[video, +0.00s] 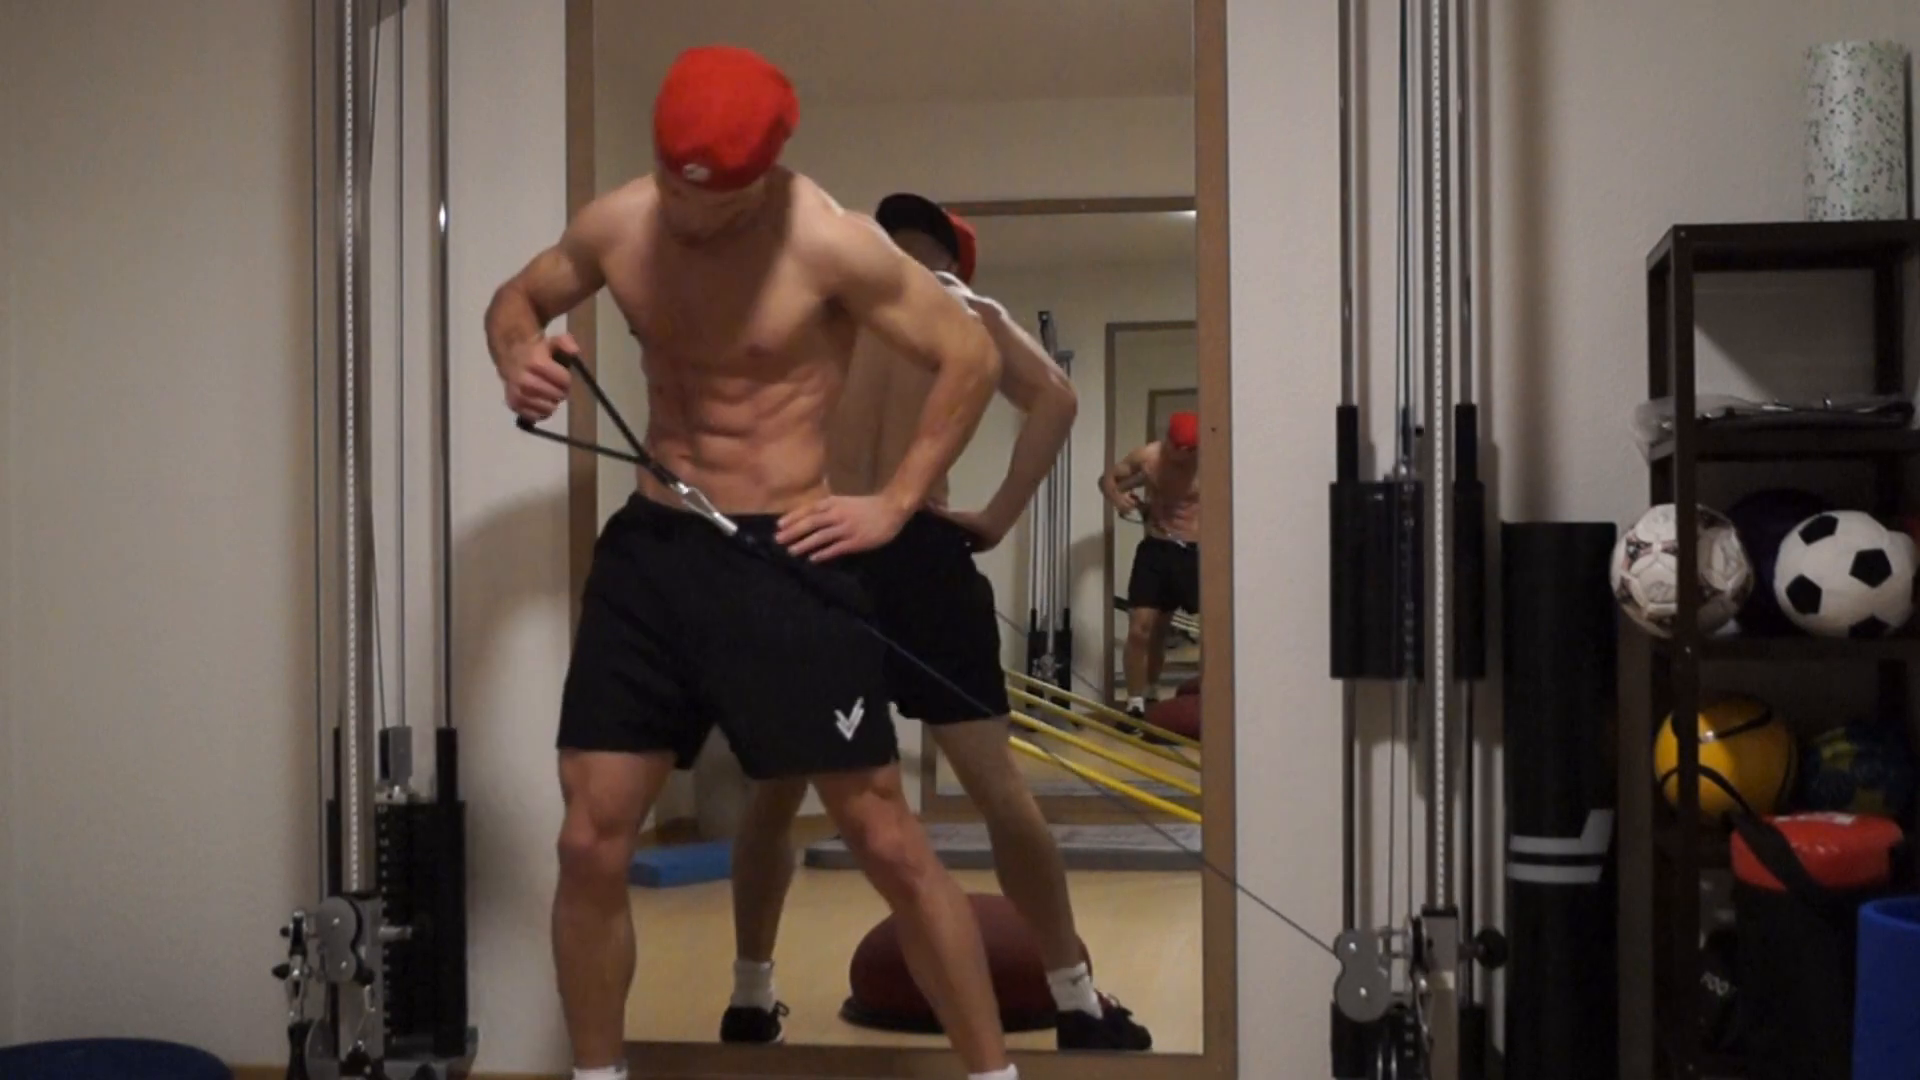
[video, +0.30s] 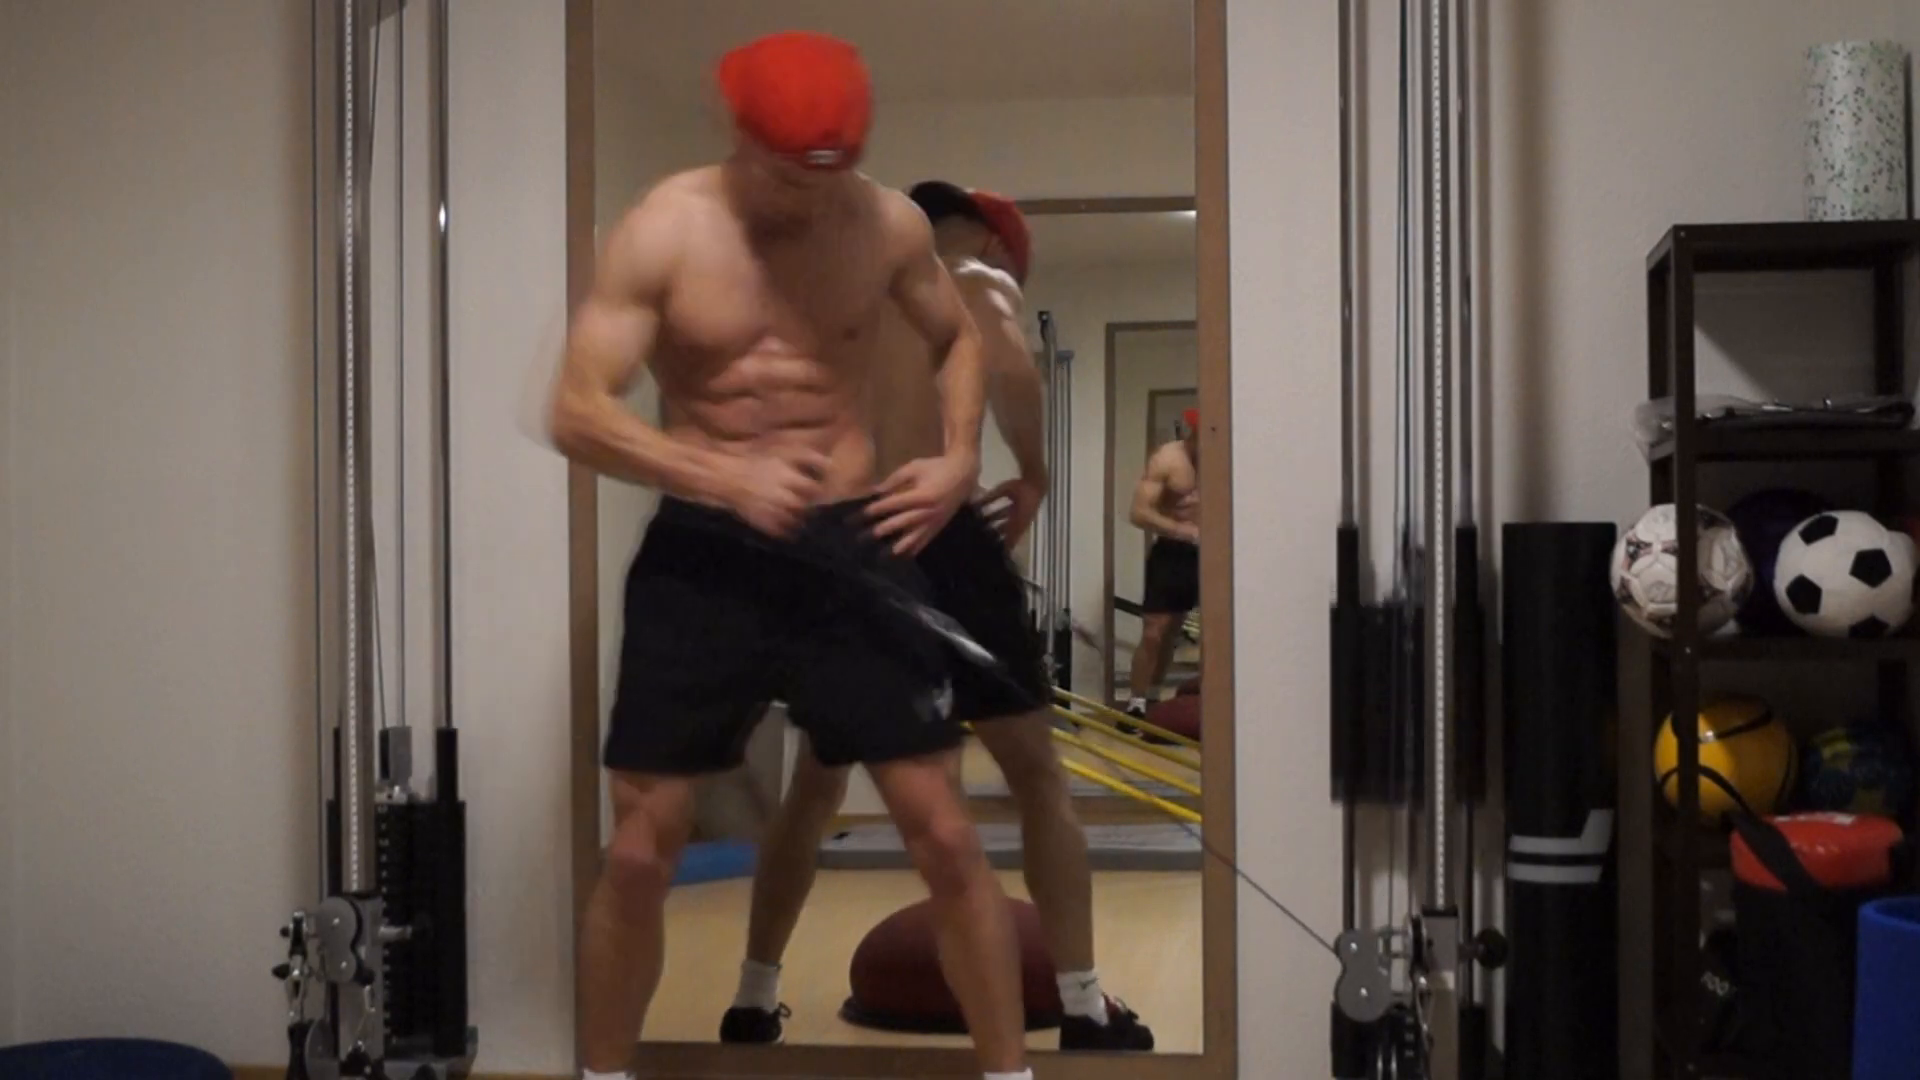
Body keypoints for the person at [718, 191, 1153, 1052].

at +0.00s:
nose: (950, 278)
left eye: (934, 265)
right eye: (956, 266)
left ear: (865, 242)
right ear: (954, 260)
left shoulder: (811, 298)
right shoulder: (970, 312)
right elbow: (1052, 394)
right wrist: (997, 517)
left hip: (802, 569)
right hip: (921, 561)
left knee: (773, 797)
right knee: (1001, 791)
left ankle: (751, 995)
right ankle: (1078, 1000)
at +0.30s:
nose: (1000, 282)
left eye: (1000, 272)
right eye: (999, 268)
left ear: (907, 237)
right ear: (982, 249)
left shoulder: (848, 290)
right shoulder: (985, 280)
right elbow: (1005, 359)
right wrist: (1035, 474)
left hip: (844, 547)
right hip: (954, 540)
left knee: (814, 790)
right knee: (1038, 775)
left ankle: (755, 996)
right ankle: (1082, 1004)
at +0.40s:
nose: (1033, 299)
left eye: (1040, 287)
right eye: (1038, 279)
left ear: (968, 236)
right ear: (1010, 246)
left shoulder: (887, 281)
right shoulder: (982, 281)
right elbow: (967, 415)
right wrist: (1005, 513)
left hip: (865, 537)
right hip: (954, 540)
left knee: (829, 792)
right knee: (1051, 780)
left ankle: (758, 996)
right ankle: (1083, 1005)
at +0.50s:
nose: (1077, 302)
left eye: (1086, 288)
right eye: (1082, 280)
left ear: (1044, 252)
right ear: (1044, 245)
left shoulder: (998, 331)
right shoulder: (972, 282)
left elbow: (972, 489)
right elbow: (887, 383)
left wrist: (1066, 565)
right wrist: (938, 503)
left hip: (940, 572)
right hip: (930, 572)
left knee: (841, 798)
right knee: (1060, 787)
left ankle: (761, 993)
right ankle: (1085, 1005)